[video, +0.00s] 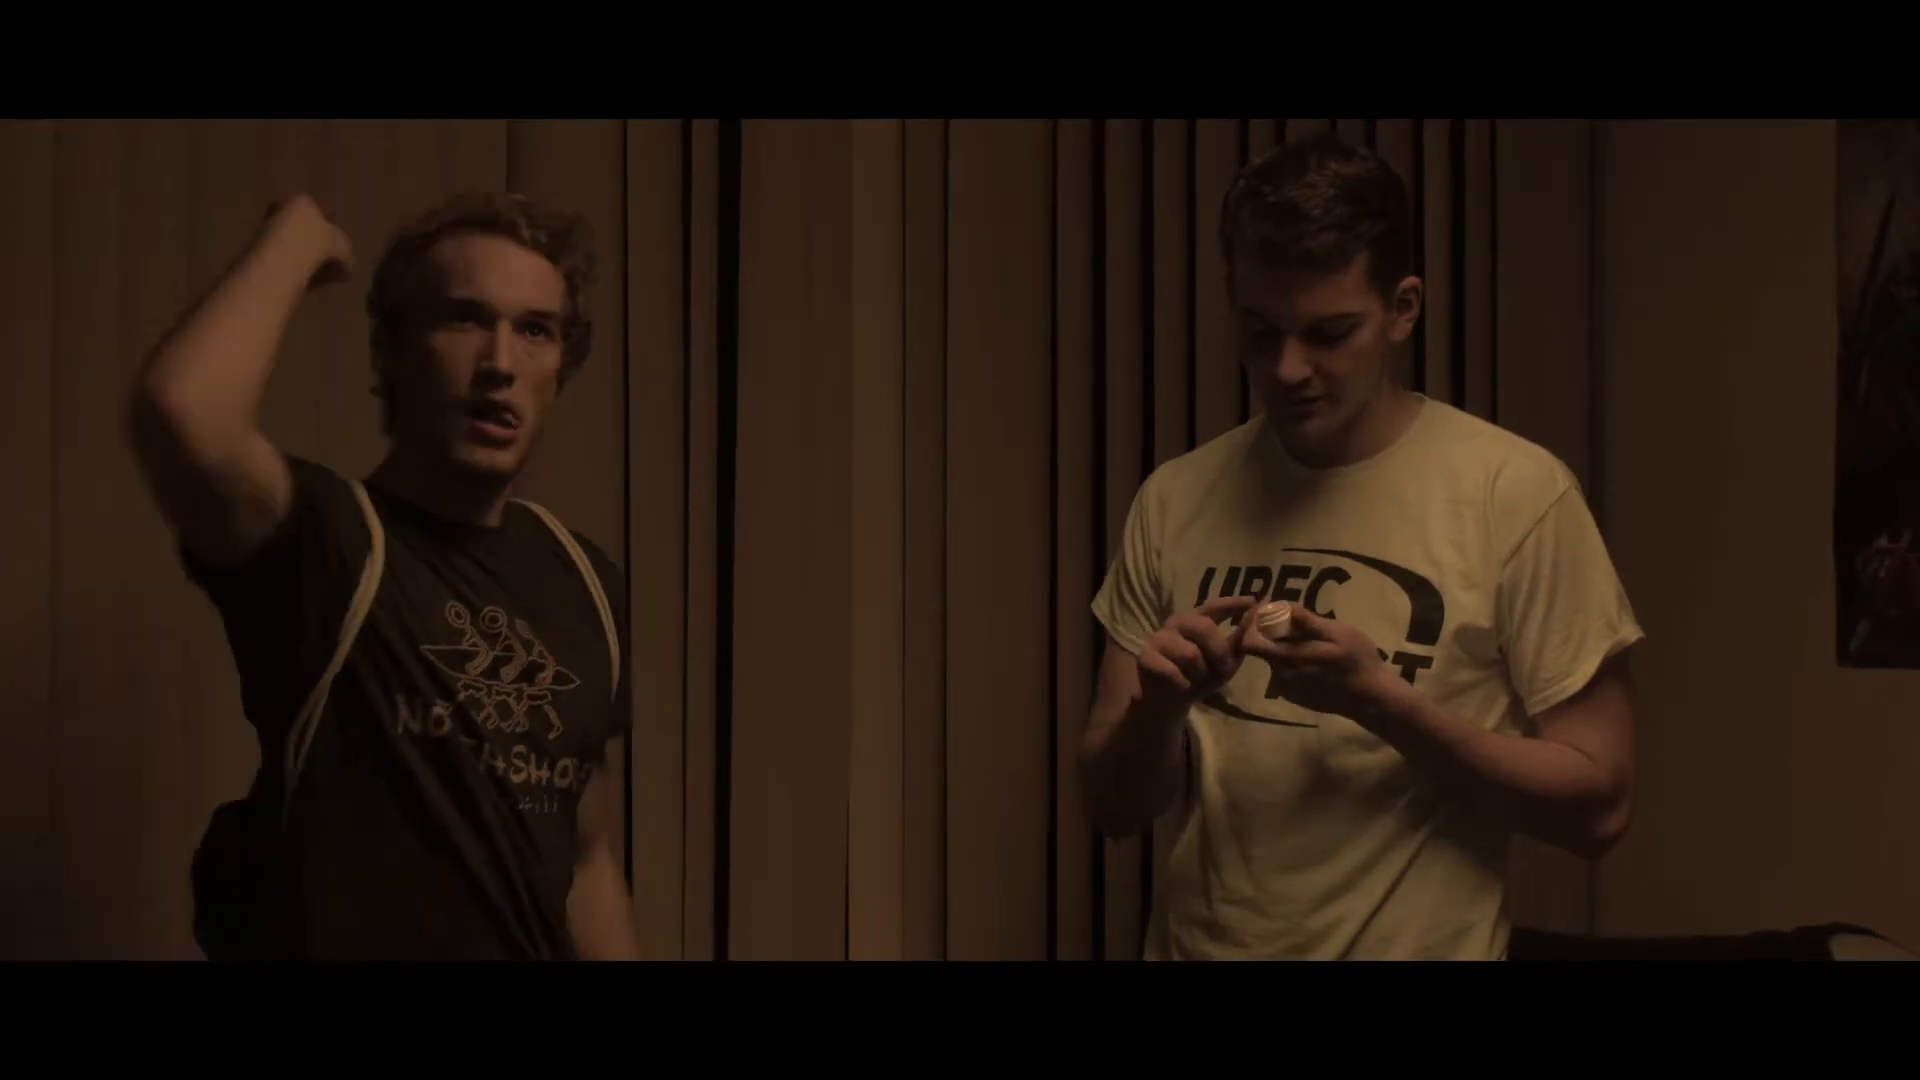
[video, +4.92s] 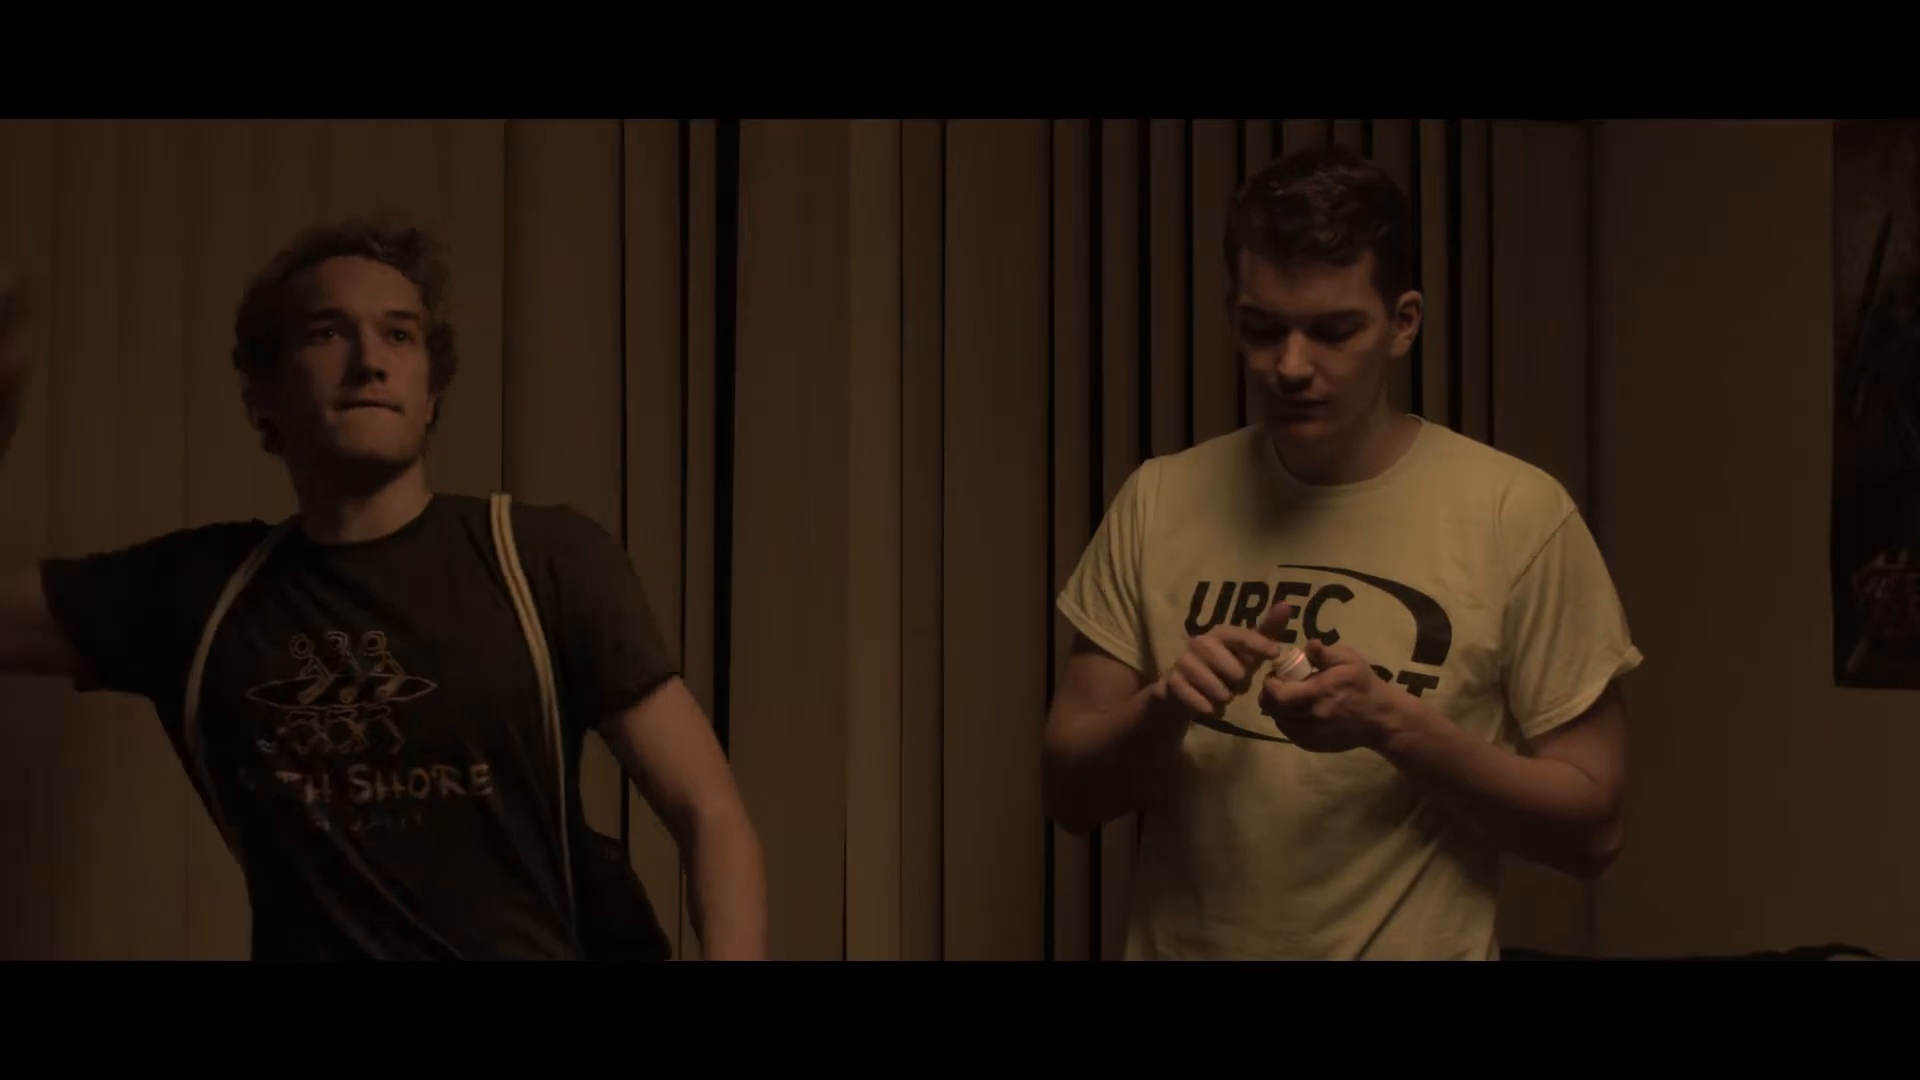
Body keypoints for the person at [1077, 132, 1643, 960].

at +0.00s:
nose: (1290, 371)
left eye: (1330, 334)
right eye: (1262, 333)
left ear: (1404, 309)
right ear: (1237, 311)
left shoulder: (1516, 497)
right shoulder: (1173, 501)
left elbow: (1597, 807)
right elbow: (1111, 811)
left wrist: (1385, 700)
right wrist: (1156, 710)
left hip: (1421, 946)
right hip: (1199, 944)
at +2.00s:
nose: (1224, 307)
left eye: (1270, 272)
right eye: (1216, 271)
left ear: (1366, 289)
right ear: (1201, 273)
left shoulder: (1505, 486)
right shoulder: (1157, 486)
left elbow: (1592, 791)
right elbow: (1076, 799)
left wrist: (1376, 691)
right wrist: (1126, 630)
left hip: (1406, 946)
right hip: (1179, 941)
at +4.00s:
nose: (1242, 342)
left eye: (1284, 307)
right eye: (1226, 308)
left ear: (1376, 317)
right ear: (1207, 314)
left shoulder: (1515, 514)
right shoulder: (1160, 500)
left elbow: (1596, 819)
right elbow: (1047, 775)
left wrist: (1393, 720)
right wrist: (1174, 557)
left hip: (1416, 948)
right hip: (1178, 943)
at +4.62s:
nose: (1281, 358)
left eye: (1319, 320)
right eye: (1251, 323)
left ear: (1394, 315)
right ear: (1224, 322)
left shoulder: (1516, 515)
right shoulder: (1157, 502)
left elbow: (1595, 818)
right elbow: (1067, 800)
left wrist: (1390, 716)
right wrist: (1162, 657)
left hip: (1415, 946)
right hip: (1179, 944)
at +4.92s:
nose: (1291, 368)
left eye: (1332, 331)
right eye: (1262, 330)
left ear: (1404, 323)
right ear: (1235, 319)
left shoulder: (1517, 518)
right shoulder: (1157, 503)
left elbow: (1592, 822)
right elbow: (1069, 793)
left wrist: (1394, 721)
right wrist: (1162, 705)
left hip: (1414, 947)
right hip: (1182, 944)